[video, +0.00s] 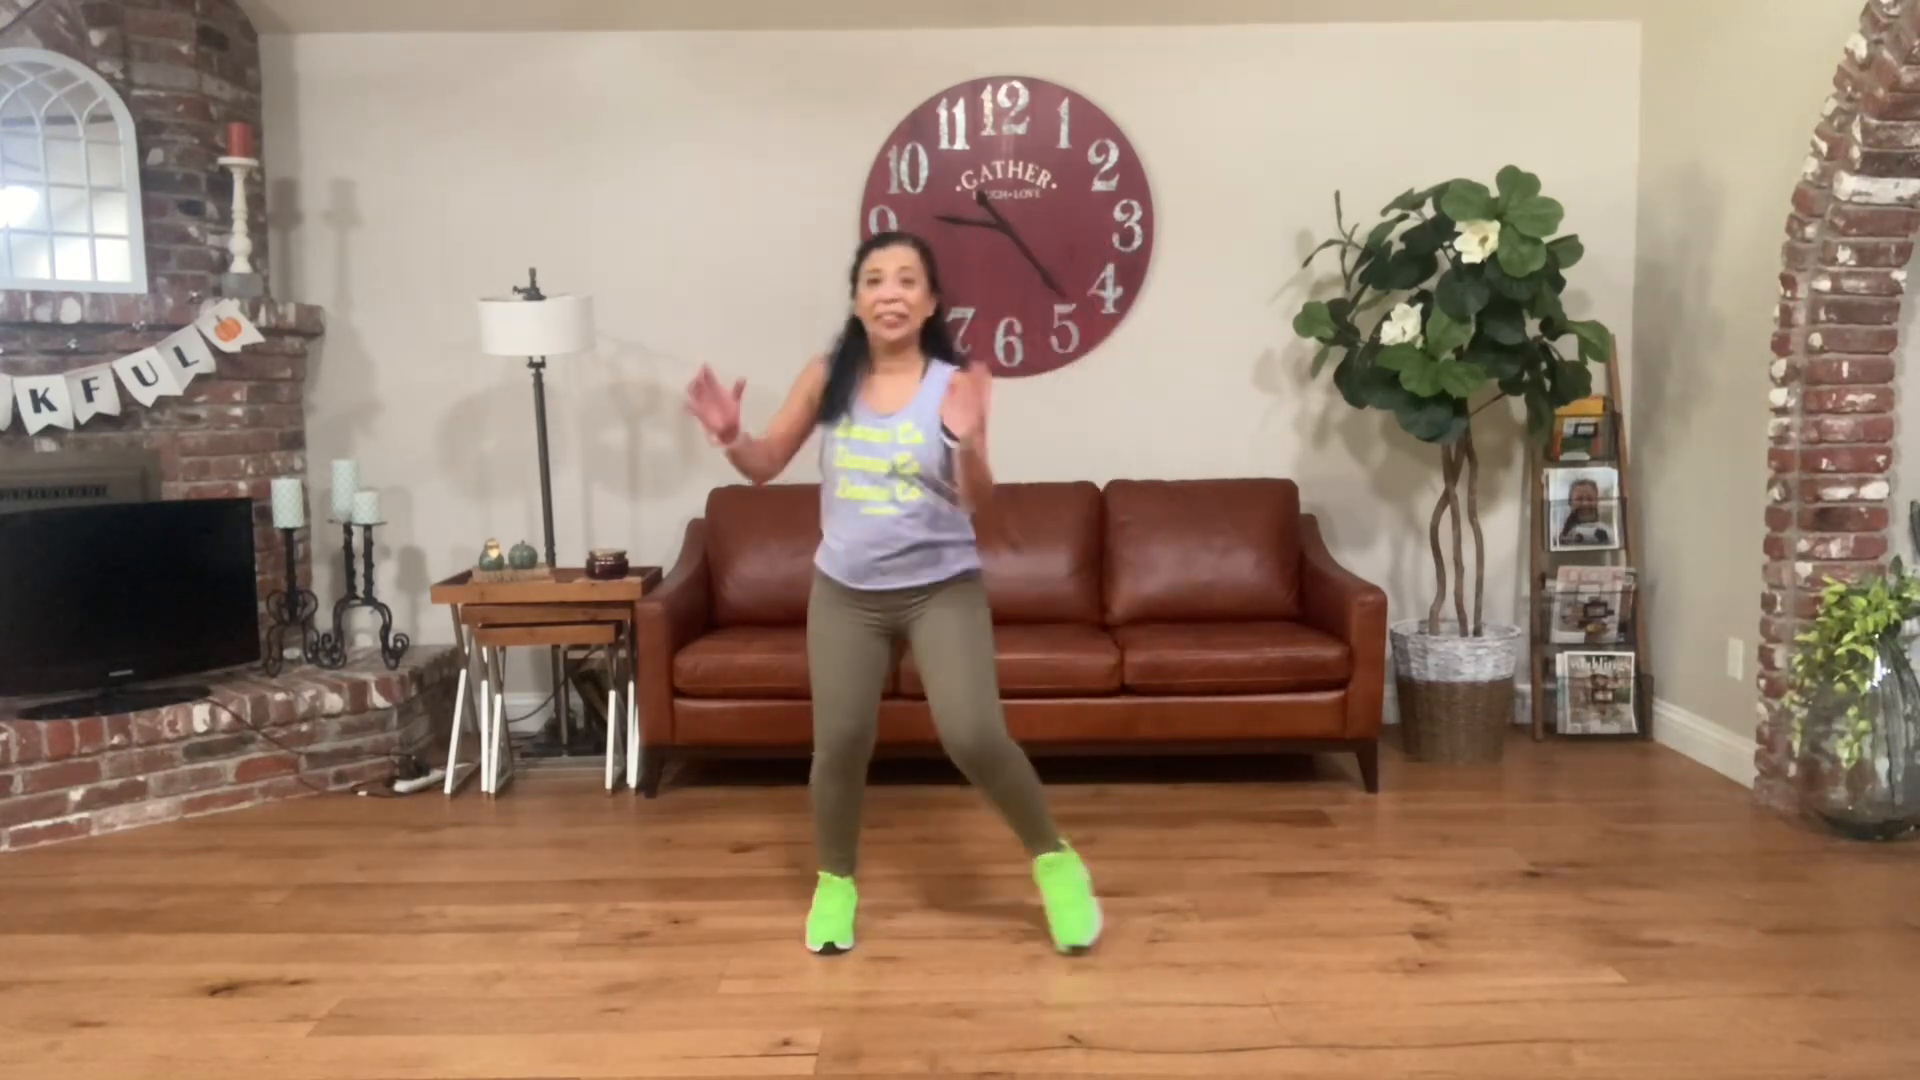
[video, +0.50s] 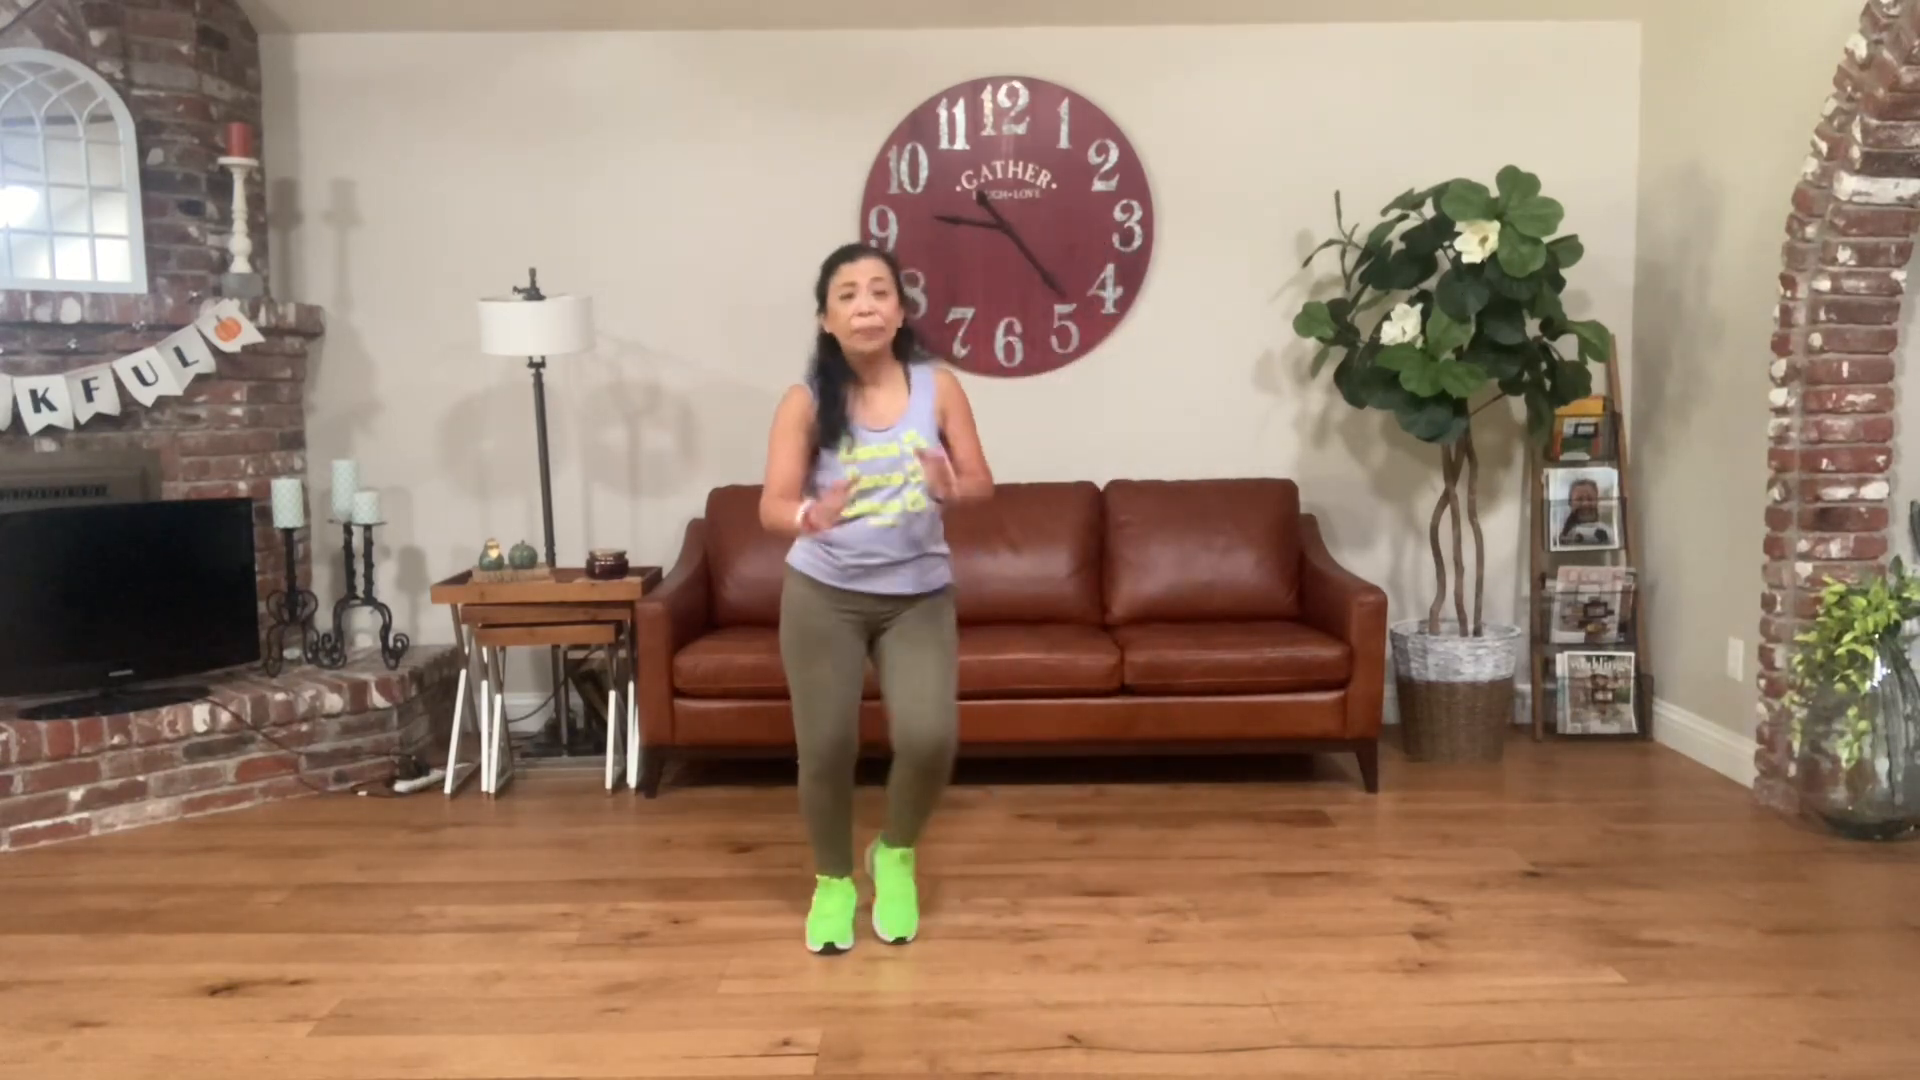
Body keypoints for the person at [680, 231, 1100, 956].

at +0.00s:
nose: (890, 295)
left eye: (907, 281)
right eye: (875, 282)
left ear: (932, 299)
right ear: (856, 299)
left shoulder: (959, 382)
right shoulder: (827, 376)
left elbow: (978, 501)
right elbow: (765, 463)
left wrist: (969, 438)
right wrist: (732, 436)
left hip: (944, 587)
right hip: (844, 590)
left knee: (972, 735)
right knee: (840, 740)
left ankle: (1053, 862)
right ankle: (835, 882)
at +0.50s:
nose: (866, 305)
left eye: (880, 291)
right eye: (848, 295)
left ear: (901, 308)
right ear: (825, 316)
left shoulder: (937, 386)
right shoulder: (807, 400)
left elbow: (981, 485)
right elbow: (773, 507)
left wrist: (953, 484)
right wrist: (810, 514)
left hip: (920, 594)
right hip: (822, 594)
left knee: (929, 739)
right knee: (826, 745)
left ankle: (895, 856)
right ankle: (834, 882)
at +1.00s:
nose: (983, 282)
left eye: (996, 268)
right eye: (964, 272)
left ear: (1019, 284)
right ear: (942, 296)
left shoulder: (1054, 368)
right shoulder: (931, 383)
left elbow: (1087, 446)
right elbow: (878, 472)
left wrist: (1141, 438)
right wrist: (840, 475)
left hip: (1047, 588)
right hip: (951, 586)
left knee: (1072, 739)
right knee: (907, 740)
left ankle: (1096, 882)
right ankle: (843, 876)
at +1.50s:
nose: (1031, 292)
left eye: (1047, 276)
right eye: (1016, 278)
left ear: (1074, 288)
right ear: (998, 292)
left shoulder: (1106, 368)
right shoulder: (973, 371)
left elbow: (1131, 476)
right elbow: (960, 471)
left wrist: (1079, 455)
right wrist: (1018, 447)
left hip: (1107, 575)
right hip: (1010, 585)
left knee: (1108, 728)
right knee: (1039, 737)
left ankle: (1101, 879)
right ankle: (1042, 871)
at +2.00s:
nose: (946, 288)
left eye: (963, 274)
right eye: (931, 274)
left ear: (987, 292)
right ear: (911, 292)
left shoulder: (1013, 381)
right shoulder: (892, 372)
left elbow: (1072, 461)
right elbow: (899, 446)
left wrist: (1106, 471)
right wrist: (831, 465)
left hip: (1003, 590)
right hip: (901, 595)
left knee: (1041, 741)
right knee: (874, 743)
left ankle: (1094, 884)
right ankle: (835, 881)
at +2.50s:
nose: (889, 314)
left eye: (897, 299)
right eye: (871, 299)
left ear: (905, 303)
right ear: (828, 305)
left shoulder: (922, 379)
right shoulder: (792, 384)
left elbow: (923, 483)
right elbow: (781, 490)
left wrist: (871, 429)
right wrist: (813, 434)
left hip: (913, 583)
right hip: (818, 584)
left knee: (888, 739)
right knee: (822, 740)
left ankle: (891, 865)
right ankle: (829, 882)